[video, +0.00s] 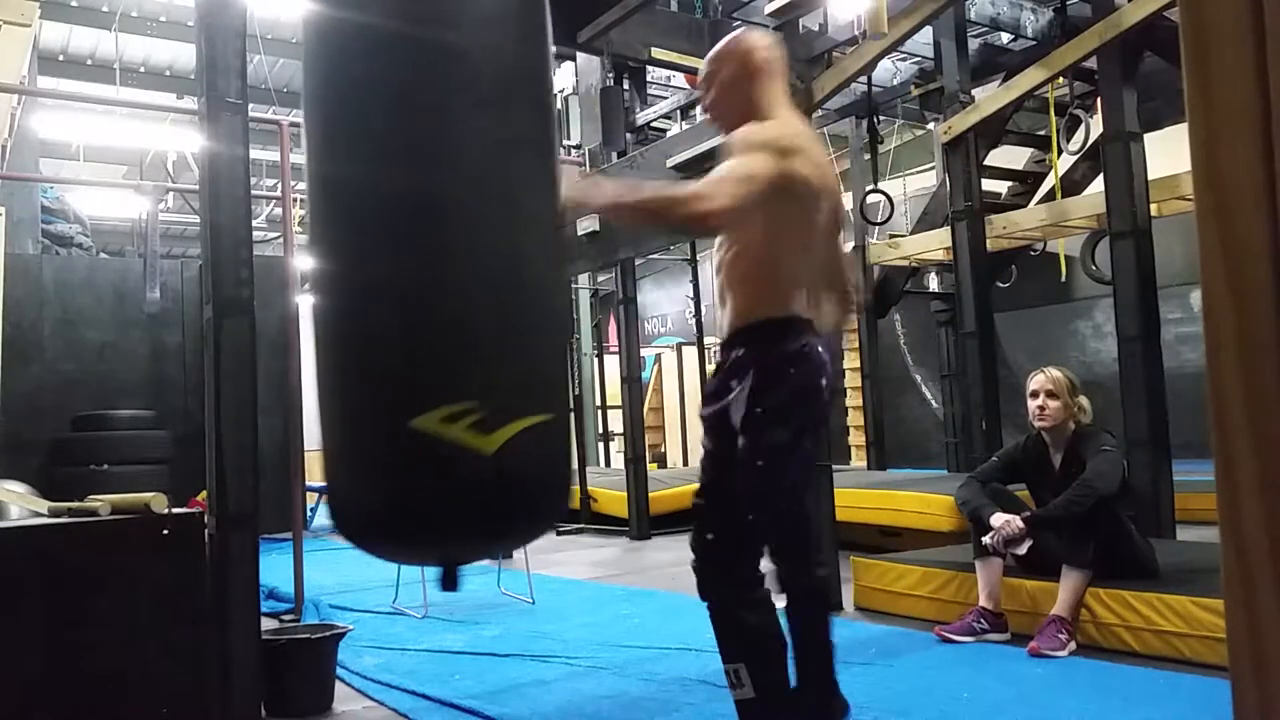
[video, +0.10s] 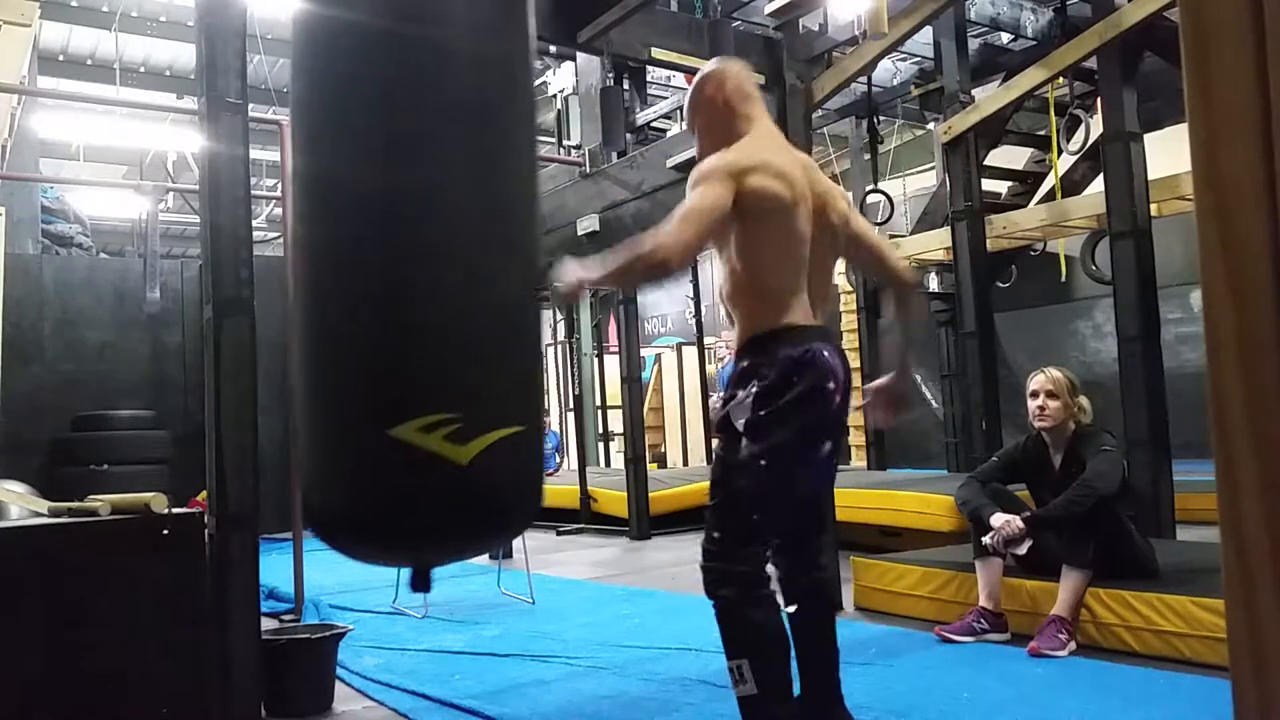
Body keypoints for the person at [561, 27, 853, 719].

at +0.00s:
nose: (707, 108)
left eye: (709, 92)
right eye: (704, 96)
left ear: (742, 77)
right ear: (770, 77)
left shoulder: (763, 141)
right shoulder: (812, 151)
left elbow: (709, 206)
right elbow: (841, 283)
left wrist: (590, 191)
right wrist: (819, 354)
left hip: (763, 363)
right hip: (805, 359)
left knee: (722, 549)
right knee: (801, 544)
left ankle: (767, 705)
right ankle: (818, 699)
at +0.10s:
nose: (693, 137)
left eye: (693, 119)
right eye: (690, 121)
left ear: (717, 104)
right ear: (755, 104)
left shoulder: (726, 164)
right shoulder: (813, 174)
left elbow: (671, 250)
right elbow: (903, 280)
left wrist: (590, 271)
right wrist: (900, 370)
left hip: (772, 378)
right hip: (821, 373)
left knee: (731, 564)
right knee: (806, 556)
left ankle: (768, 710)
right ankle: (824, 707)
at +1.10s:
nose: (772, 146)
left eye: (781, 131)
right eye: (767, 137)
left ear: (824, 119)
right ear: (828, 128)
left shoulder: (806, 184)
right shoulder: (892, 191)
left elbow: (765, 258)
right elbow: (955, 285)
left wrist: (661, 270)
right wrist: (900, 335)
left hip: (841, 363)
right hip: (892, 365)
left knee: (816, 543)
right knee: (878, 533)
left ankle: (841, 709)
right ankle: (916, 692)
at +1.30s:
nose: (784, 151)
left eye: (795, 137)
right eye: (780, 141)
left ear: (836, 132)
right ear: (841, 140)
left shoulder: (814, 190)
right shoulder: (889, 201)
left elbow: (737, 229)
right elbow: (940, 288)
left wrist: (623, 251)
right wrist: (891, 346)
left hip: (862, 389)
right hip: (903, 386)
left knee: (806, 554)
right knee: (867, 543)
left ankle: (848, 707)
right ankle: (914, 690)